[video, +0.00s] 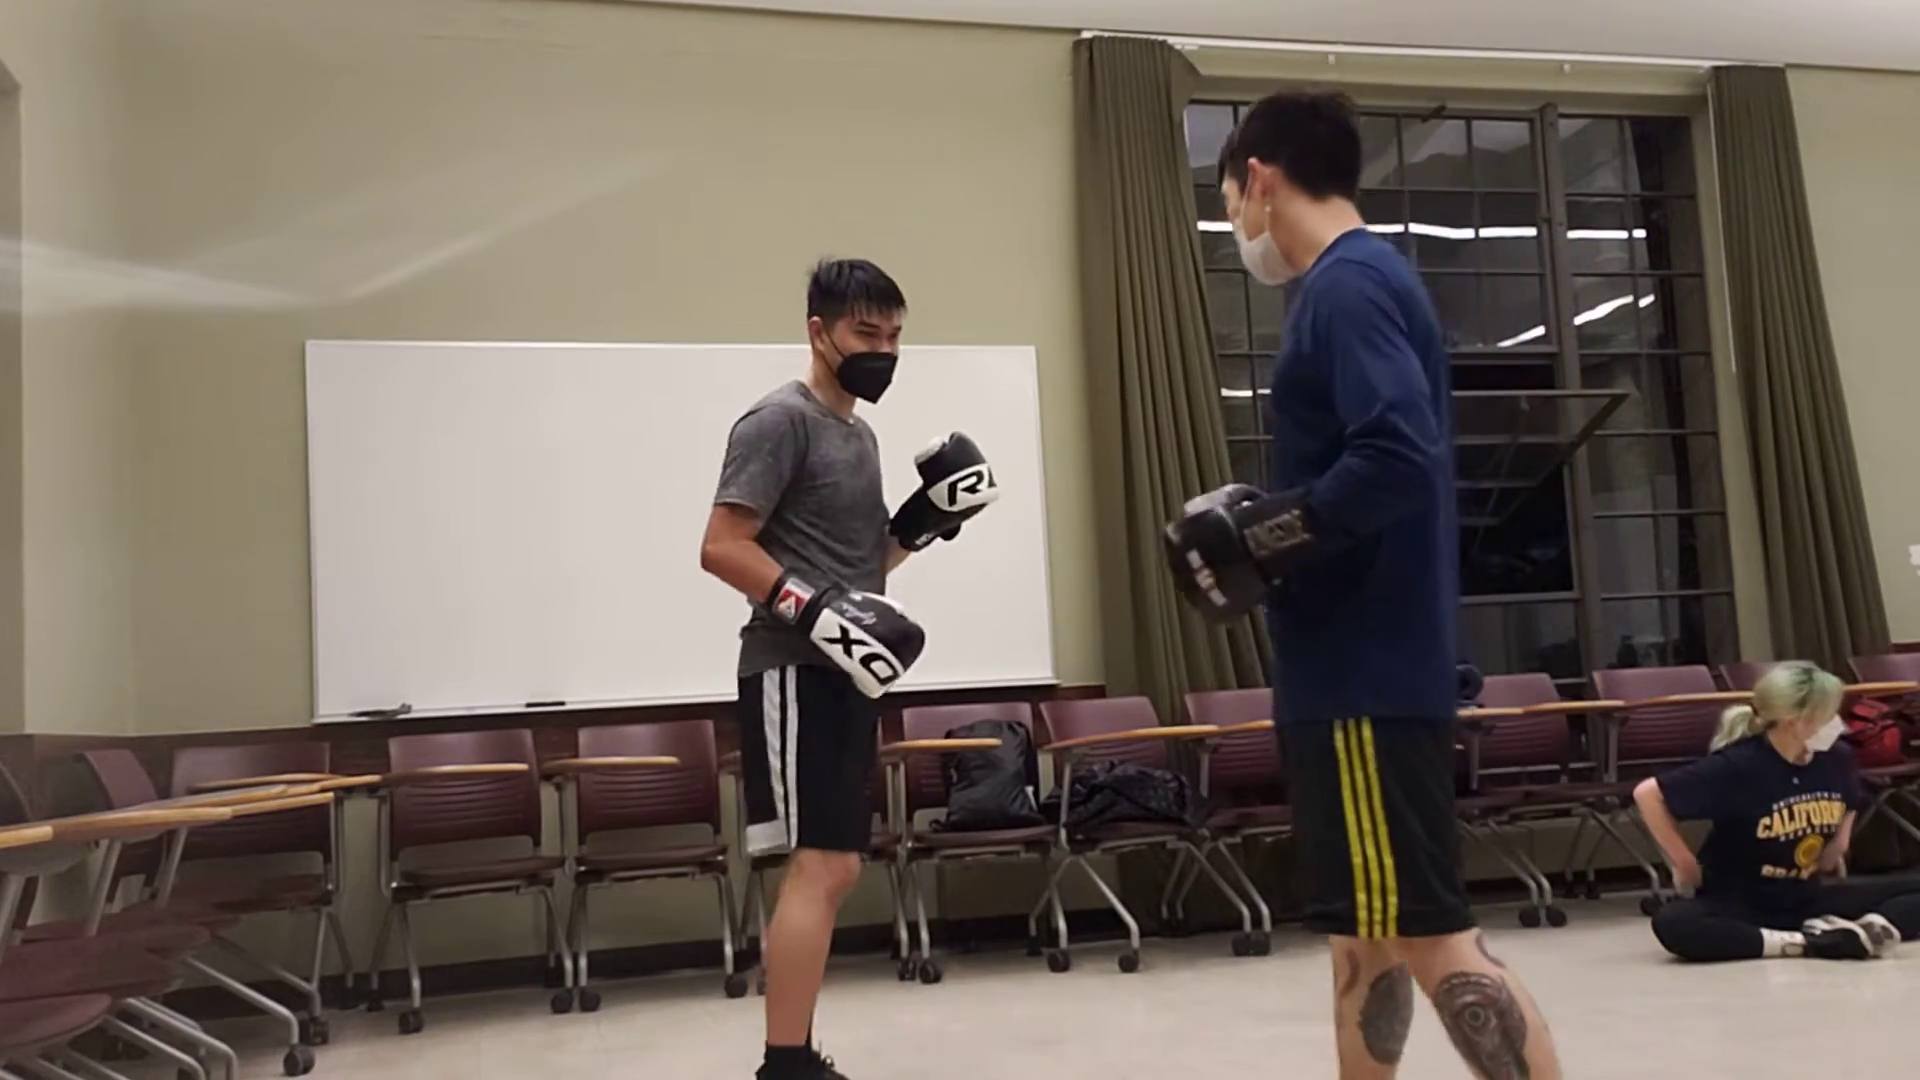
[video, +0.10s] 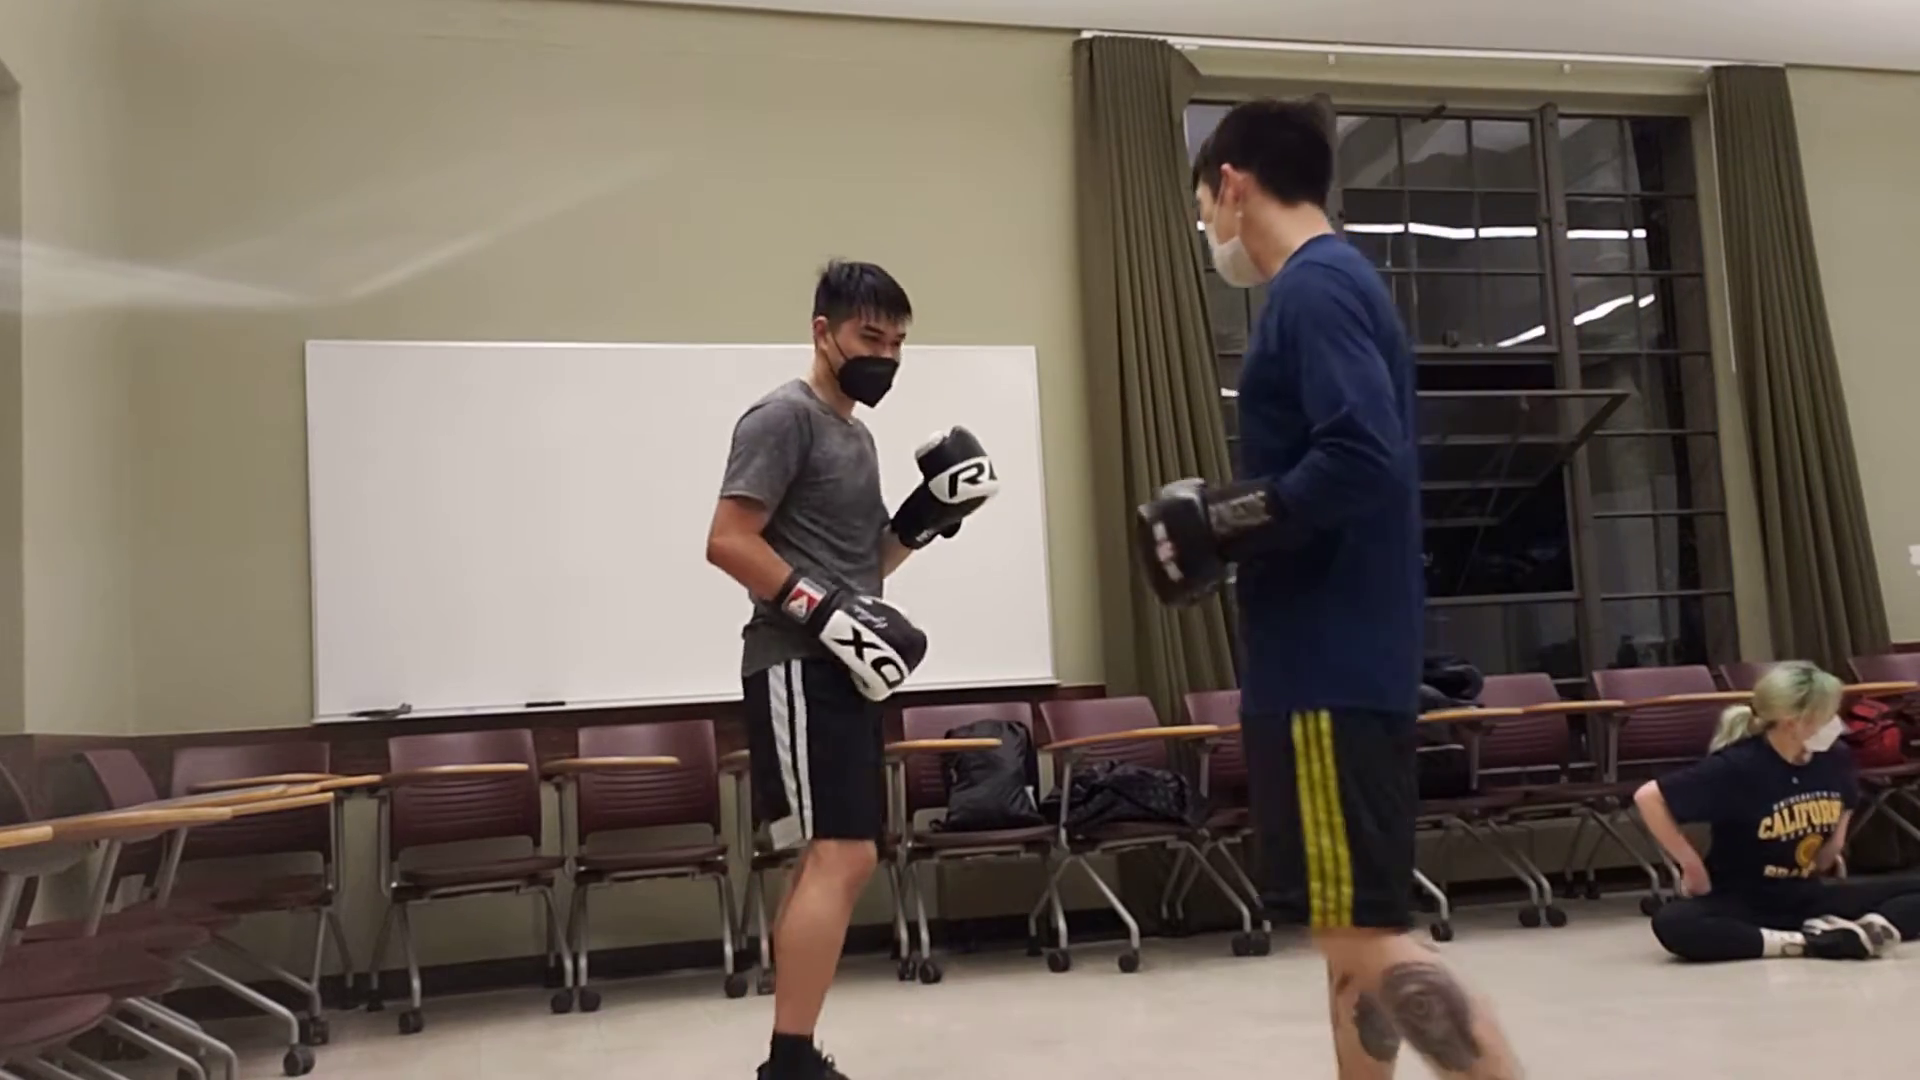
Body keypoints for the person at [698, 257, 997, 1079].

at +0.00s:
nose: (880, 349)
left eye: (891, 335)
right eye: (863, 332)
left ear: (898, 337)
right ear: (818, 329)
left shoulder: (857, 436)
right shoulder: (778, 422)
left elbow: (859, 566)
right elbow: (723, 547)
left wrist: (923, 516)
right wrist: (816, 612)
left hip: (838, 668)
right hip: (794, 667)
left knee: (829, 867)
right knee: (823, 867)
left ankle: (794, 1054)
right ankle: (787, 1060)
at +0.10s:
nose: (882, 354)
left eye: (894, 341)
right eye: (867, 335)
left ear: (903, 345)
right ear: (822, 330)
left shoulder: (855, 438)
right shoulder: (783, 417)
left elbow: (860, 568)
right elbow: (729, 540)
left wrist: (924, 513)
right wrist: (825, 613)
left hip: (839, 659)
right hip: (799, 659)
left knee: (843, 856)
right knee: (840, 856)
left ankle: (796, 1051)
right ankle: (792, 1055)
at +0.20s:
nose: (886, 359)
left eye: (898, 347)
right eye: (872, 339)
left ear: (905, 350)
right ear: (827, 330)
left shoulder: (847, 439)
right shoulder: (793, 410)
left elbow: (862, 574)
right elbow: (748, 532)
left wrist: (927, 508)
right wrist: (846, 608)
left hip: (833, 658)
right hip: (803, 658)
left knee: (840, 858)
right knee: (851, 856)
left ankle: (797, 1054)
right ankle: (798, 1058)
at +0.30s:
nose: (893, 365)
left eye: (904, 353)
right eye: (880, 344)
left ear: (908, 357)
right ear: (833, 333)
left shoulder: (835, 433)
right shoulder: (805, 409)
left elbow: (856, 583)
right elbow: (777, 532)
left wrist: (916, 515)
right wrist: (867, 613)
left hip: (832, 662)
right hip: (808, 662)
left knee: (845, 870)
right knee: (841, 871)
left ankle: (796, 1057)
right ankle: (805, 1064)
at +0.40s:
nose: (901, 366)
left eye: (911, 355)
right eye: (890, 346)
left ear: (913, 358)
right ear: (841, 335)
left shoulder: (824, 419)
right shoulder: (819, 405)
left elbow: (836, 571)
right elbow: (811, 532)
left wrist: (914, 519)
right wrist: (886, 620)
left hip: (821, 661)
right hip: (808, 662)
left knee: (845, 871)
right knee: (844, 872)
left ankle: (799, 1057)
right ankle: (807, 1064)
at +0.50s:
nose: (903, 371)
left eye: (913, 361)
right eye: (894, 350)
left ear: (903, 359)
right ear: (844, 334)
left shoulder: (823, 414)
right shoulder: (823, 399)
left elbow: (838, 562)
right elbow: (826, 527)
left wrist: (909, 518)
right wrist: (889, 623)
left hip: (821, 660)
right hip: (807, 661)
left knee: (861, 867)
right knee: (851, 869)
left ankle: (805, 1052)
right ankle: (809, 1060)